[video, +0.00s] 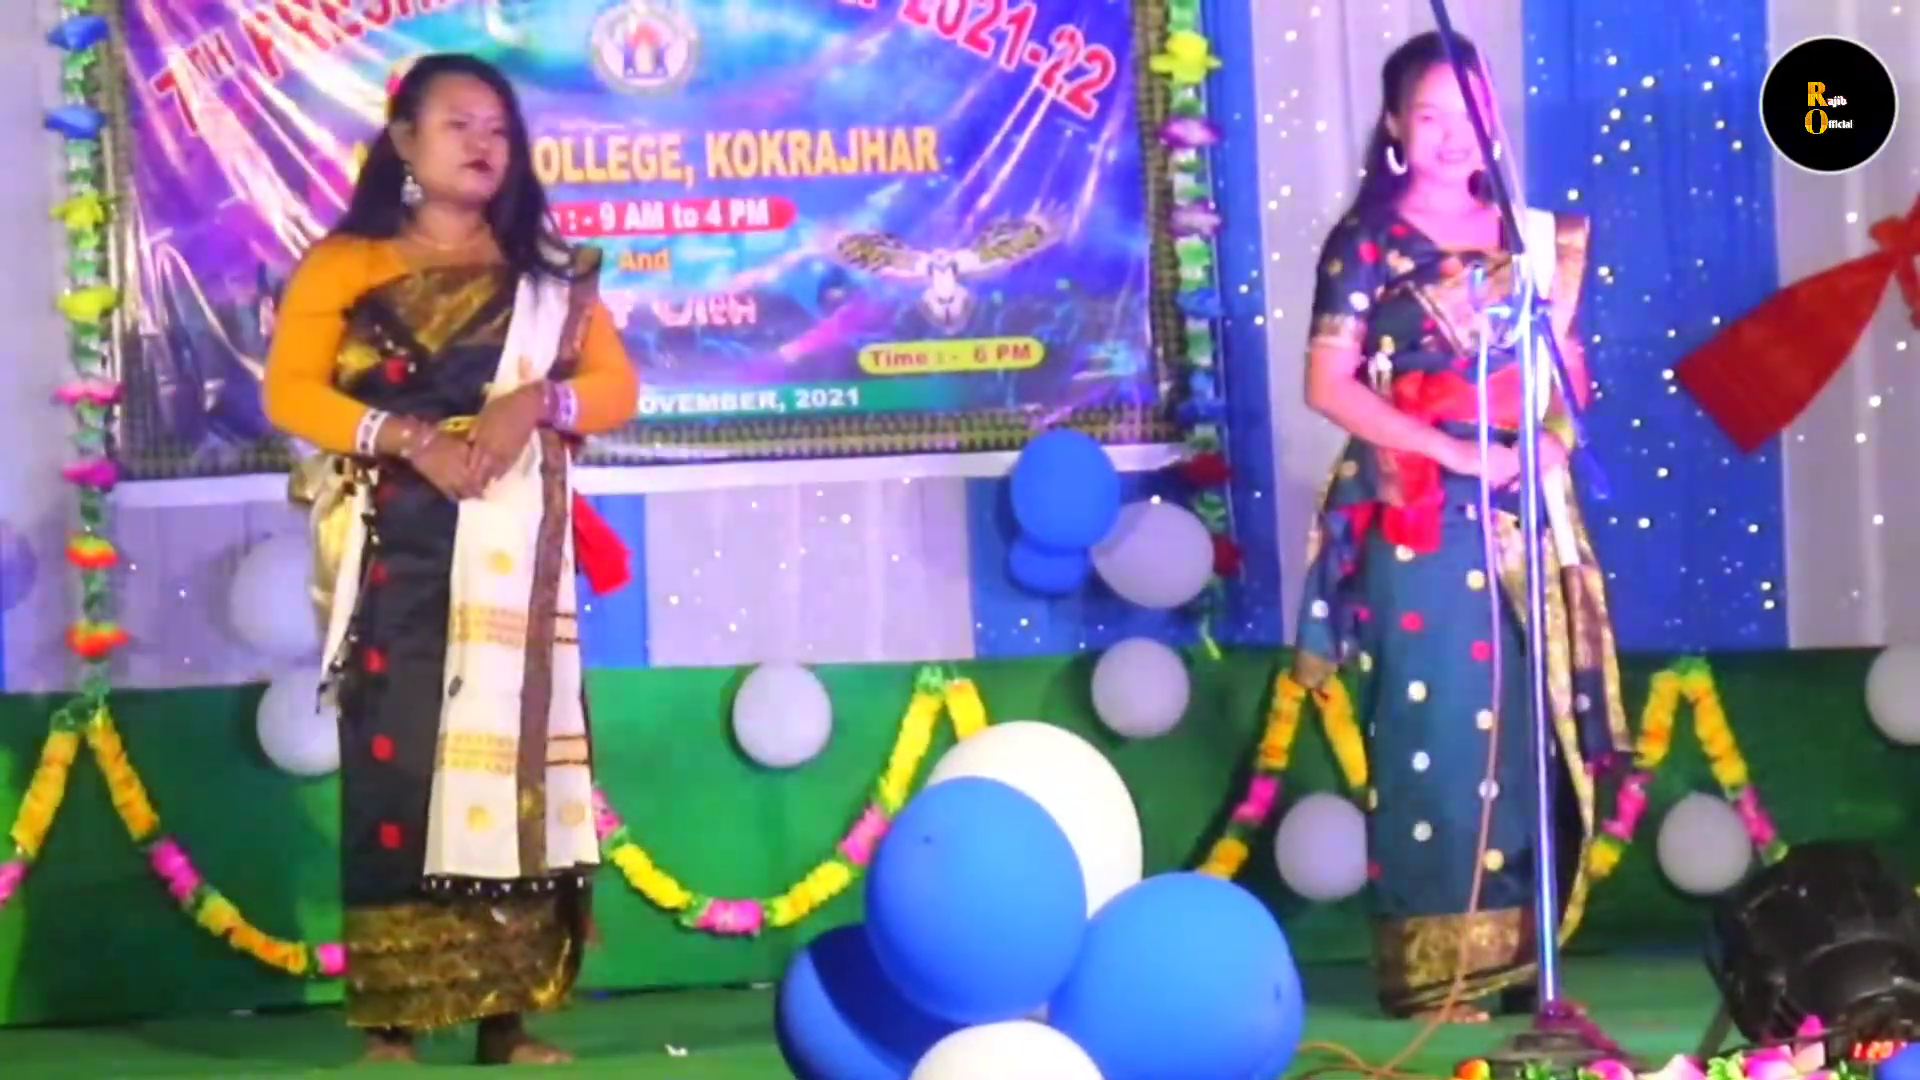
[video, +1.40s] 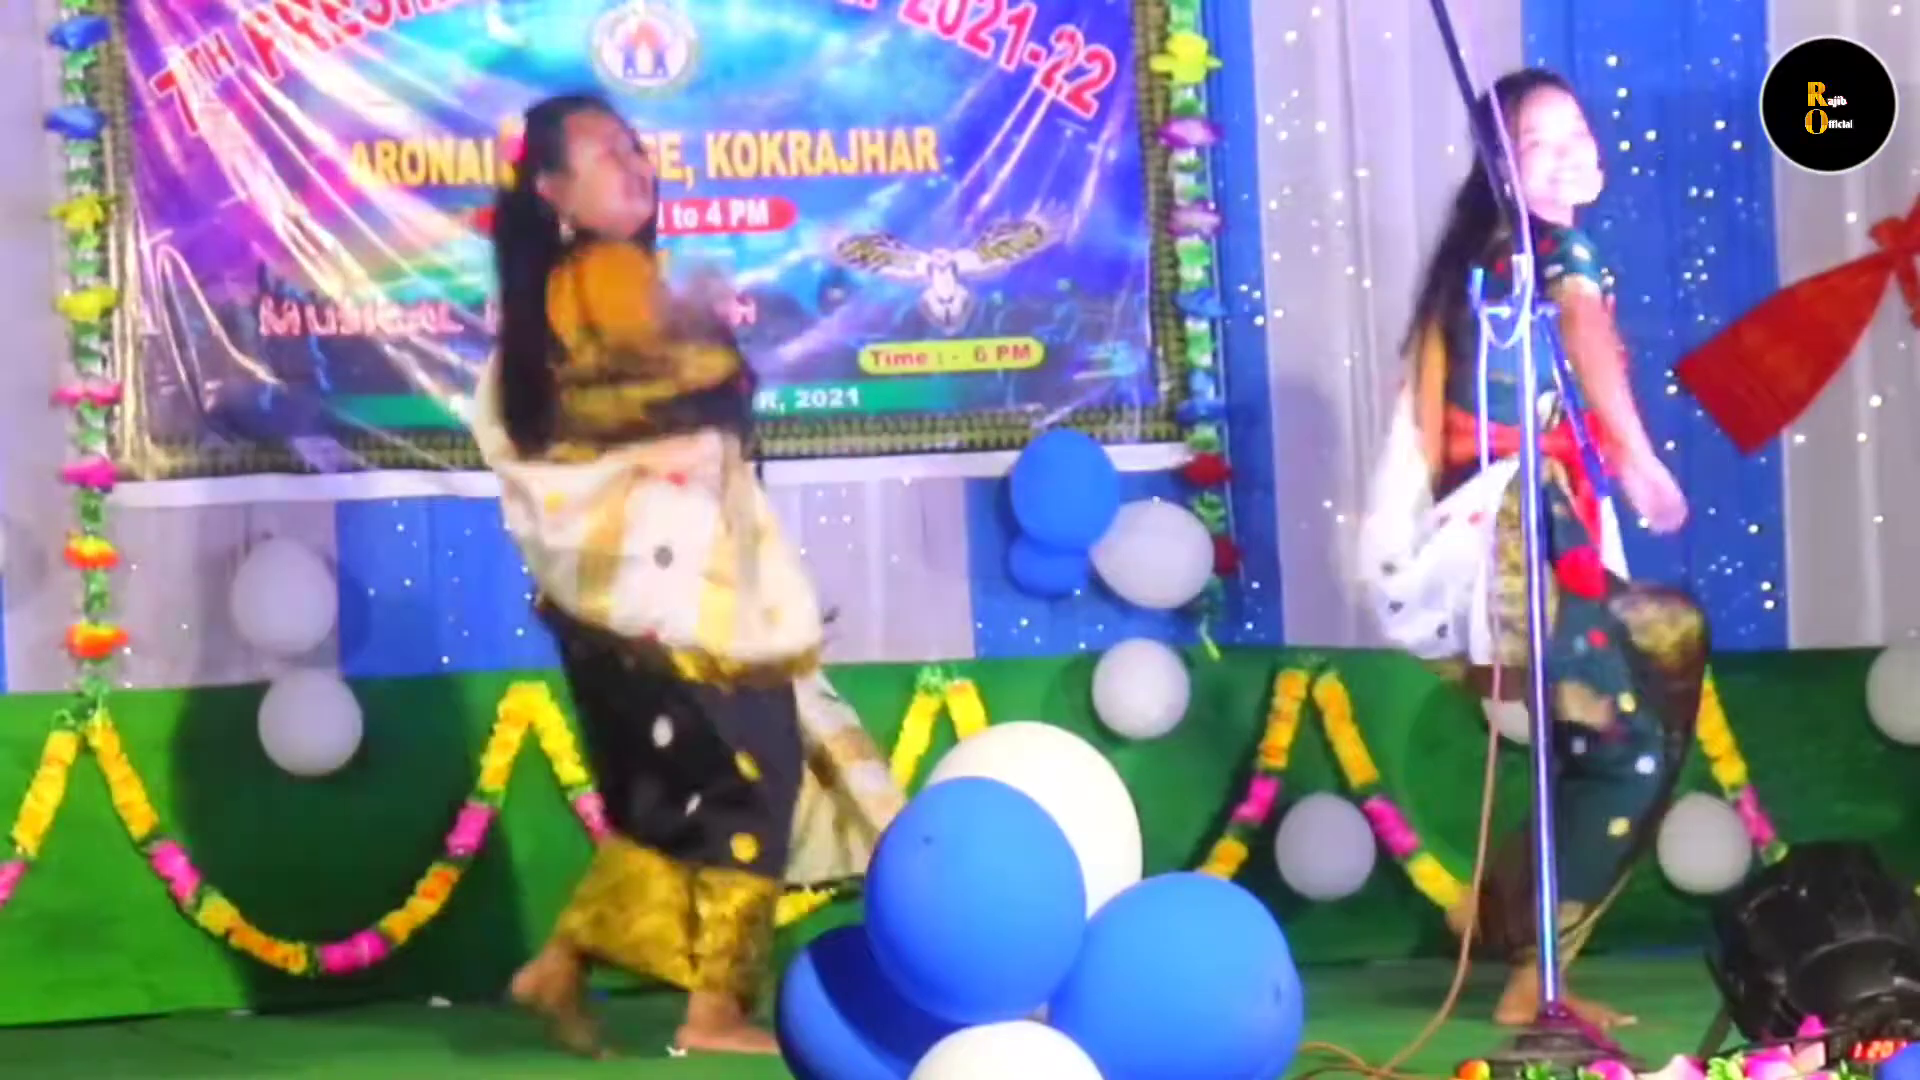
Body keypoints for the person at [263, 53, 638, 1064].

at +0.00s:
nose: (483, 142)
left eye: (498, 129)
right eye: (458, 125)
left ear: (515, 150)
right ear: (404, 142)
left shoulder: (545, 273)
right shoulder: (343, 266)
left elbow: (620, 390)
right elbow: (289, 394)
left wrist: (535, 403)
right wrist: (406, 434)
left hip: (517, 562)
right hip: (398, 559)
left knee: (518, 765)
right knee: (395, 771)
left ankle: (509, 1017)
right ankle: (389, 1017)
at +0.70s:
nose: (513, 141)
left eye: (519, 125)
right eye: (488, 126)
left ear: (529, 137)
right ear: (428, 141)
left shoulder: (556, 260)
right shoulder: (374, 251)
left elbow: (631, 380)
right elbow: (327, 374)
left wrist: (574, 406)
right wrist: (448, 397)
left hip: (536, 547)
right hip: (422, 544)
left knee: (530, 752)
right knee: (408, 760)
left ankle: (513, 1010)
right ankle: (390, 1012)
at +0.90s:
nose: (533, 146)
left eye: (534, 127)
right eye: (505, 134)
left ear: (546, 149)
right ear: (451, 166)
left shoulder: (549, 271)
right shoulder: (453, 266)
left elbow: (664, 360)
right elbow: (548, 340)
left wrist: (673, 275)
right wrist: (626, 276)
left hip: (577, 556)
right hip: (501, 558)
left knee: (579, 776)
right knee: (520, 773)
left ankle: (510, 1010)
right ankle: (421, 979)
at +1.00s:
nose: (550, 125)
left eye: (547, 108)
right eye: (523, 115)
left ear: (547, 132)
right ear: (469, 148)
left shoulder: (528, 237)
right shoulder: (493, 236)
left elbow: (678, 318)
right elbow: (632, 280)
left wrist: (639, 213)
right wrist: (637, 202)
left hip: (550, 546)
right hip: (529, 549)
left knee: (563, 765)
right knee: (566, 766)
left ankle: (511, 1007)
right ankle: (497, 1013)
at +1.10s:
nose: (580, 114)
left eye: (570, 98)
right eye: (555, 102)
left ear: (489, 138)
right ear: (498, 131)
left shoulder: (460, 245)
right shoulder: (561, 230)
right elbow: (677, 326)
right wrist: (714, 280)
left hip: (502, 560)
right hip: (595, 549)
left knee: (543, 764)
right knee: (690, 708)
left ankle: (511, 1003)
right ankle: (635, 953)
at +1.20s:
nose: (596, 145)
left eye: (586, 127)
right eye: (569, 133)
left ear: (504, 169)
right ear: (515, 162)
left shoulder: (469, 282)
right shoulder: (589, 268)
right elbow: (687, 371)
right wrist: (783, 400)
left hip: (527, 588)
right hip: (634, 576)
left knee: (575, 792)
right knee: (723, 746)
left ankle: (524, 1018)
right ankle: (715, 986)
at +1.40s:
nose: (644, 165)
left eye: (637, 148)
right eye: (616, 155)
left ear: (570, 199)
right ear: (558, 193)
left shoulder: (555, 283)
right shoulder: (612, 274)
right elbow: (682, 379)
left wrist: (700, 333)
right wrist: (727, 351)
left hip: (606, 594)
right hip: (681, 588)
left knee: (661, 800)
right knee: (759, 779)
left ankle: (559, 968)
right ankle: (716, 1012)